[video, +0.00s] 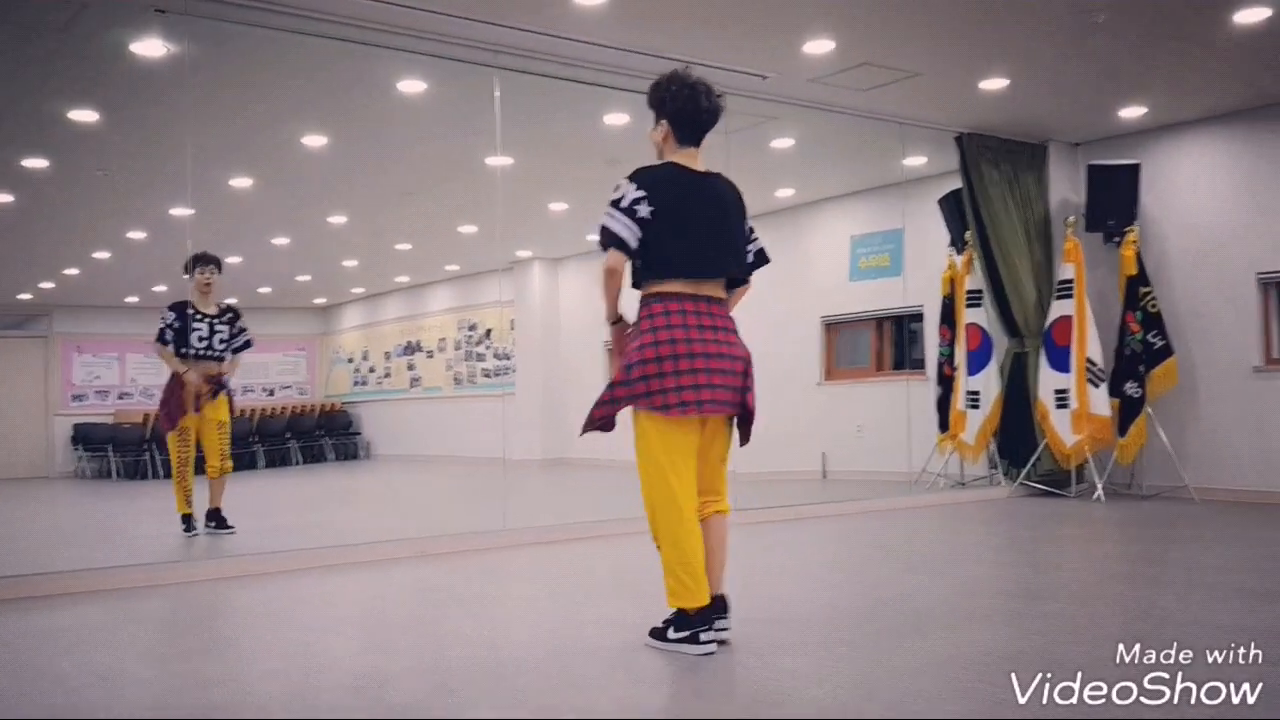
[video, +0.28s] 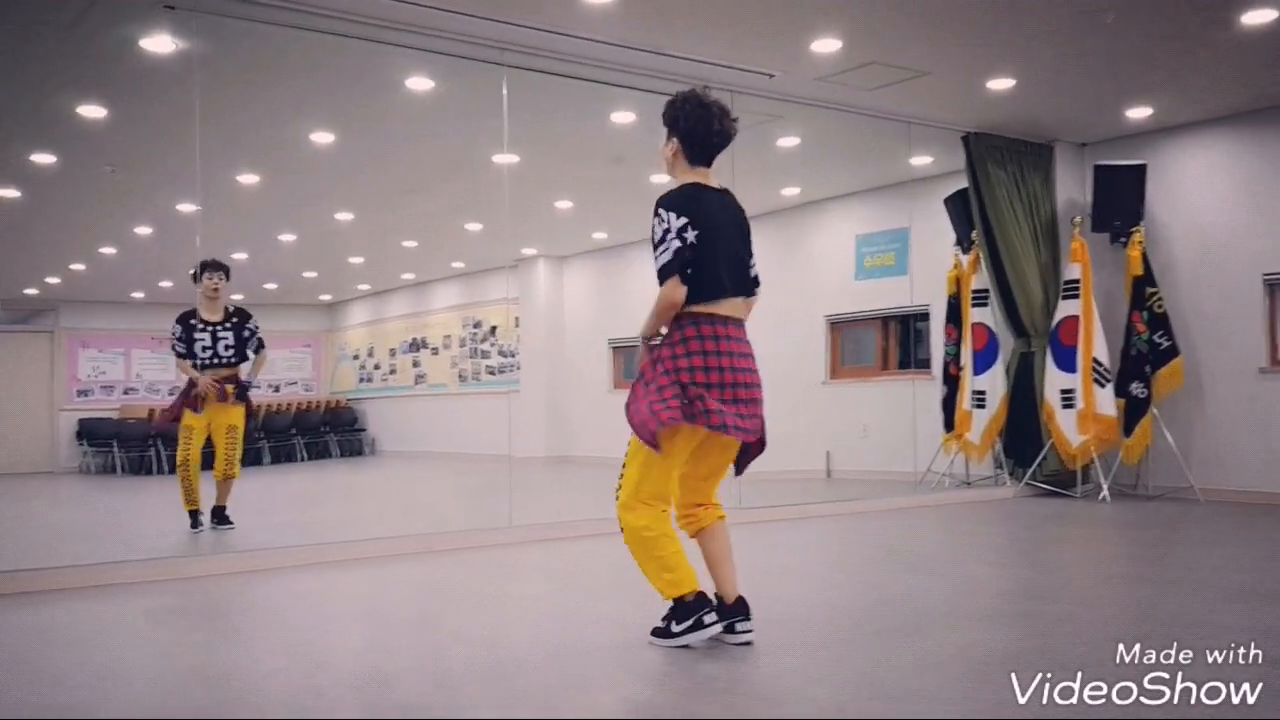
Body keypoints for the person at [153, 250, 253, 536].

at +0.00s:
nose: (207, 278)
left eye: (212, 273)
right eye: (201, 273)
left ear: (219, 278)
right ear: (191, 277)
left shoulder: (229, 314)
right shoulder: (177, 311)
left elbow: (238, 349)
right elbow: (162, 346)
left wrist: (229, 371)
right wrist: (183, 372)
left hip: (216, 391)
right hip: (183, 391)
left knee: (219, 454)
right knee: (183, 456)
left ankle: (215, 512)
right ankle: (187, 514)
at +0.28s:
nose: (215, 284)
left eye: (220, 279)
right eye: (209, 279)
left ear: (226, 285)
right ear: (199, 283)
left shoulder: (241, 318)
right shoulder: (186, 320)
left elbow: (260, 353)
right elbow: (179, 360)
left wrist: (248, 380)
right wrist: (198, 378)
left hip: (231, 395)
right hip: (197, 395)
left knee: (229, 459)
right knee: (186, 458)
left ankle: (220, 509)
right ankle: (193, 512)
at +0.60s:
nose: (221, 273)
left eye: (225, 269)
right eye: (214, 268)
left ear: (230, 275)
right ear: (202, 274)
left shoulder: (237, 310)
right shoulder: (188, 307)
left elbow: (247, 349)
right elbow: (175, 347)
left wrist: (247, 376)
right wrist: (187, 381)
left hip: (237, 383)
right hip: (204, 383)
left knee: (233, 448)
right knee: (202, 450)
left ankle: (222, 504)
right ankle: (194, 506)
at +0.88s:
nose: (224, 272)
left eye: (229, 267)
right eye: (218, 267)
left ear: (234, 272)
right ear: (206, 271)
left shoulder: (235, 308)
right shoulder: (195, 301)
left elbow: (236, 351)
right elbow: (181, 342)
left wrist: (242, 383)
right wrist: (183, 381)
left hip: (229, 377)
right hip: (203, 375)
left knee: (243, 444)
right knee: (209, 447)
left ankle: (227, 499)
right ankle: (199, 502)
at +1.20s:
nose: (256, 250)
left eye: (260, 245)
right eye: (249, 246)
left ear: (267, 251)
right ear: (238, 252)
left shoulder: (278, 288)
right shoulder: (225, 284)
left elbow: (284, 326)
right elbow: (206, 317)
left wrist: (274, 350)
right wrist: (228, 345)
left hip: (261, 364)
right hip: (228, 363)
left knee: (270, 429)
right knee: (227, 427)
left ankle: (261, 480)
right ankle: (231, 484)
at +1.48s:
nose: (262, 254)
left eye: (266, 250)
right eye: (255, 250)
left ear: (272, 257)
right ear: (245, 258)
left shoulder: (287, 289)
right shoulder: (233, 293)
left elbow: (305, 324)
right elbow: (225, 330)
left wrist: (293, 350)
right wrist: (238, 352)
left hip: (278, 363)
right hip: (245, 363)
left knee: (277, 427)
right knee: (233, 428)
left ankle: (267, 481)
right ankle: (240, 483)